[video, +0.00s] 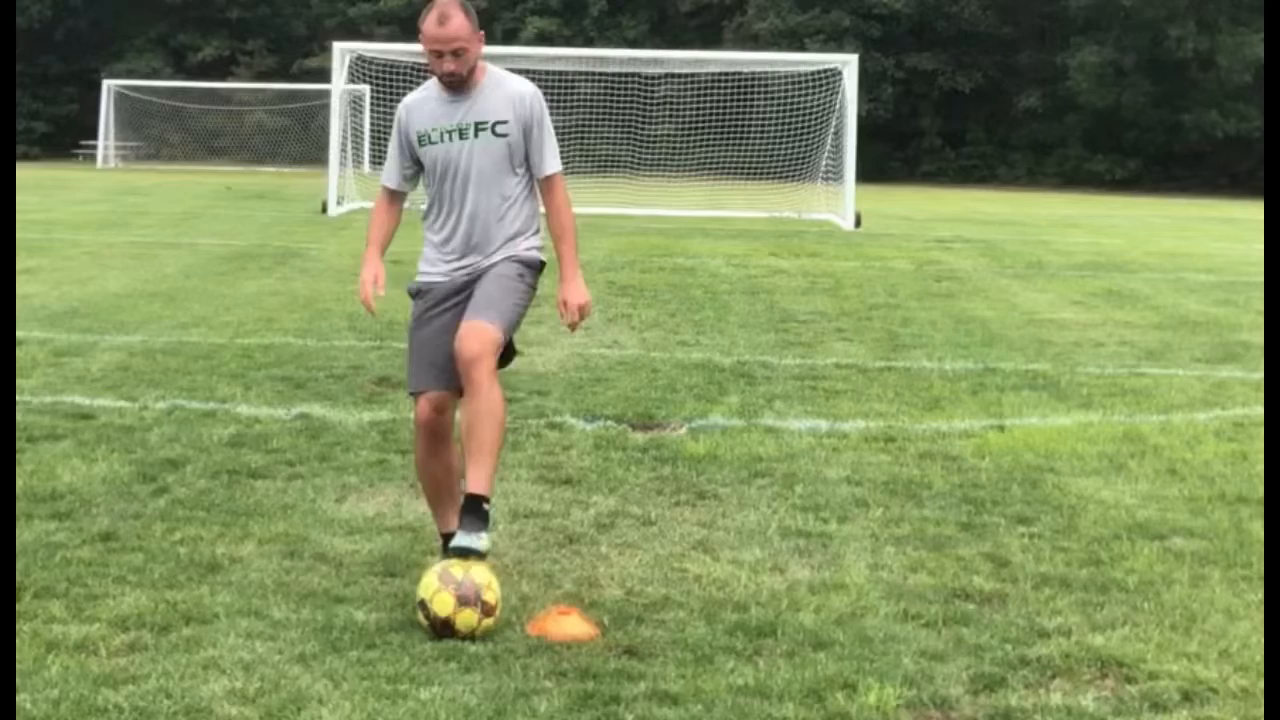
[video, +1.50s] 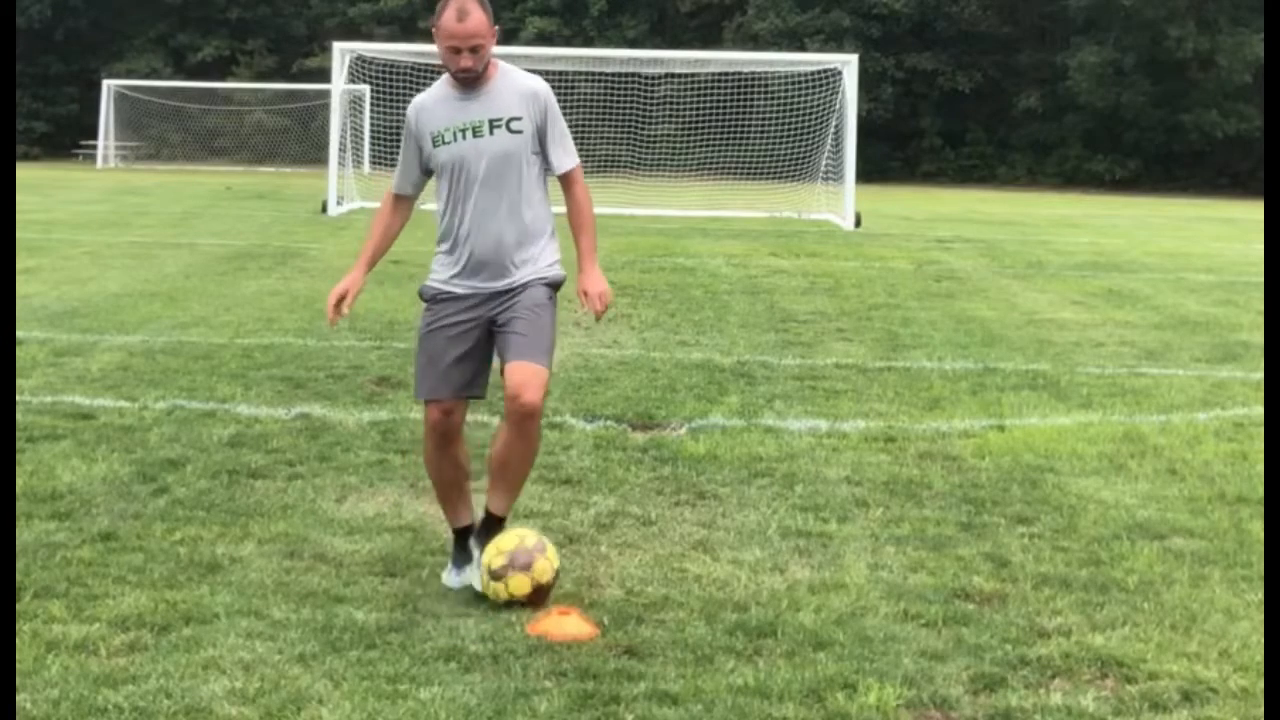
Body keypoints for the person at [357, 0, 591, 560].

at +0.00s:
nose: (447, 66)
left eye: (457, 53)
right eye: (435, 55)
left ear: (480, 41)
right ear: (422, 48)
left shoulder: (521, 98)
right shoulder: (412, 110)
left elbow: (553, 186)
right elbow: (392, 193)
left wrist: (572, 274)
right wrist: (373, 255)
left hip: (510, 256)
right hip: (441, 268)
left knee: (474, 347)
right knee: (429, 412)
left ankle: (475, 509)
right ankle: (451, 543)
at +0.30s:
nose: (448, 72)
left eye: (459, 58)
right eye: (436, 60)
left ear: (481, 47)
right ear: (423, 54)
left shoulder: (519, 102)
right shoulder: (413, 116)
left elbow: (560, 189)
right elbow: (390, 196)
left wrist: (573, 277)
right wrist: (371, 249)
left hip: (508, 261)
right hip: (439, 274)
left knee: (461, 340)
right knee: (422, 420)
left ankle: (476, 504)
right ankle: (454, 551)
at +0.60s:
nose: (452, 44)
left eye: (463, 32)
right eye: (442, 33)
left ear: (485, 21)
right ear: (427, 27)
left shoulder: (523, 77)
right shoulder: (413, 90)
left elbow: (560, 162)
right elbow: (394, 172)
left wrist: (570, 249)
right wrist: (377, 234)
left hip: (510, 243)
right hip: (443, 256)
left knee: (466, 337)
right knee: (437, 402)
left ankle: (463, 469)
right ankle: (449, 533)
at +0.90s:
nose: (455, 39)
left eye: (466, 27)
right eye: (444, 28)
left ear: (488, 15)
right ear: (429, 20)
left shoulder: (528, 72)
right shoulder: (415, 86)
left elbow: (563, 156)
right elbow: (394, 168)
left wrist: (573, 241)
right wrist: (375, 236)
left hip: (515, 243)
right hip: (446, 250)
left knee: (475, 354)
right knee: (441, 393)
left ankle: (441, 482)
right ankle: (463, 531)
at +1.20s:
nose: (455, 61)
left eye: (466, 49)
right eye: (444, 50)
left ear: (488, 38)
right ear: (429, 43)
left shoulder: (529, 95)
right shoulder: (419, 110)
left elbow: (568, 178)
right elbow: (395, 194)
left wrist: (583, 264)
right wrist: (361, 262)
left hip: (521, 270)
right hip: (449, 275)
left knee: (490, 390)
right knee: (440, 413)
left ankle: (443, 530)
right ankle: (452, 528)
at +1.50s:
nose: (464, 61)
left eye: (475, 49)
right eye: (453, 50)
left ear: (494, 36)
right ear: (436, 42)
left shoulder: (533, 94)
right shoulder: (423, 111)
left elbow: (573, 180)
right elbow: (400, 199)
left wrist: (589, 266)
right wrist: (359, 269)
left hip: (528, 279)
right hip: (454, 285)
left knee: (527, 402)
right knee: (441, 416)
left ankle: (492, 534)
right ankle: (462, 541)